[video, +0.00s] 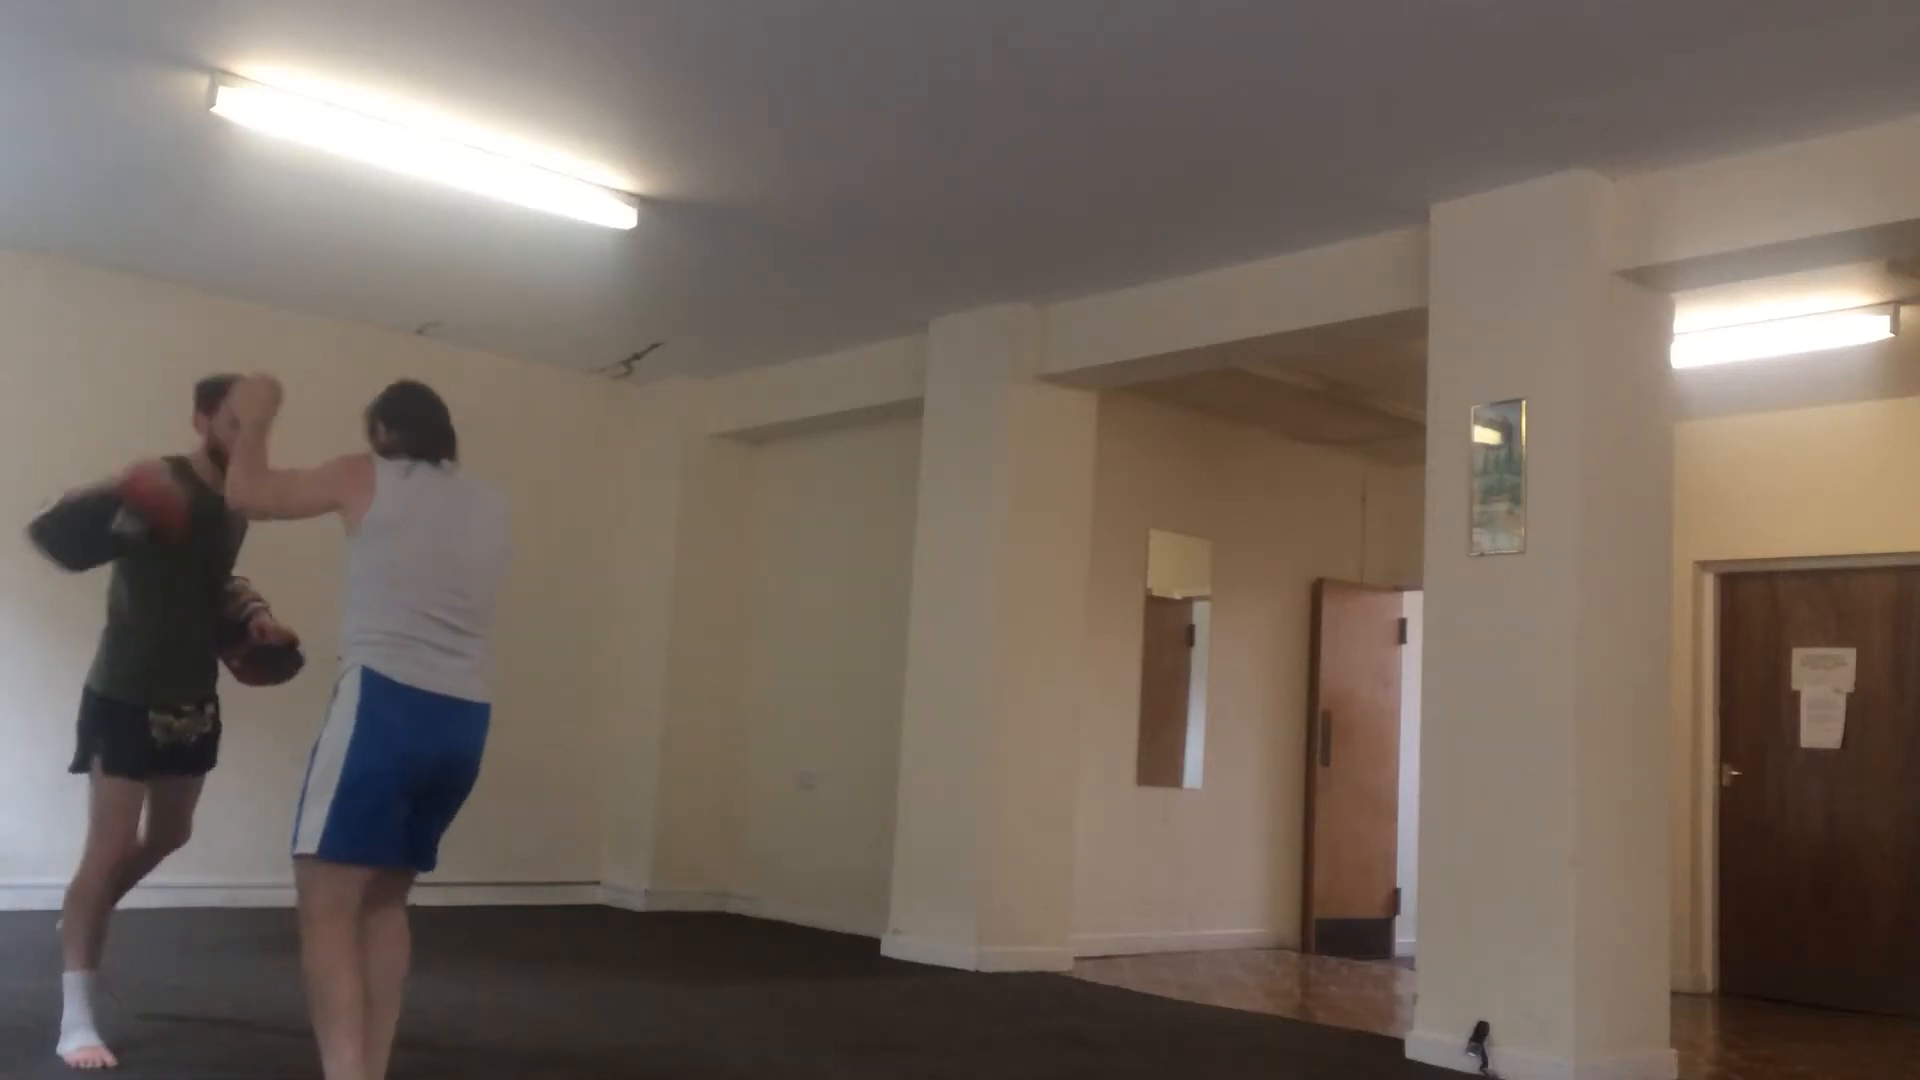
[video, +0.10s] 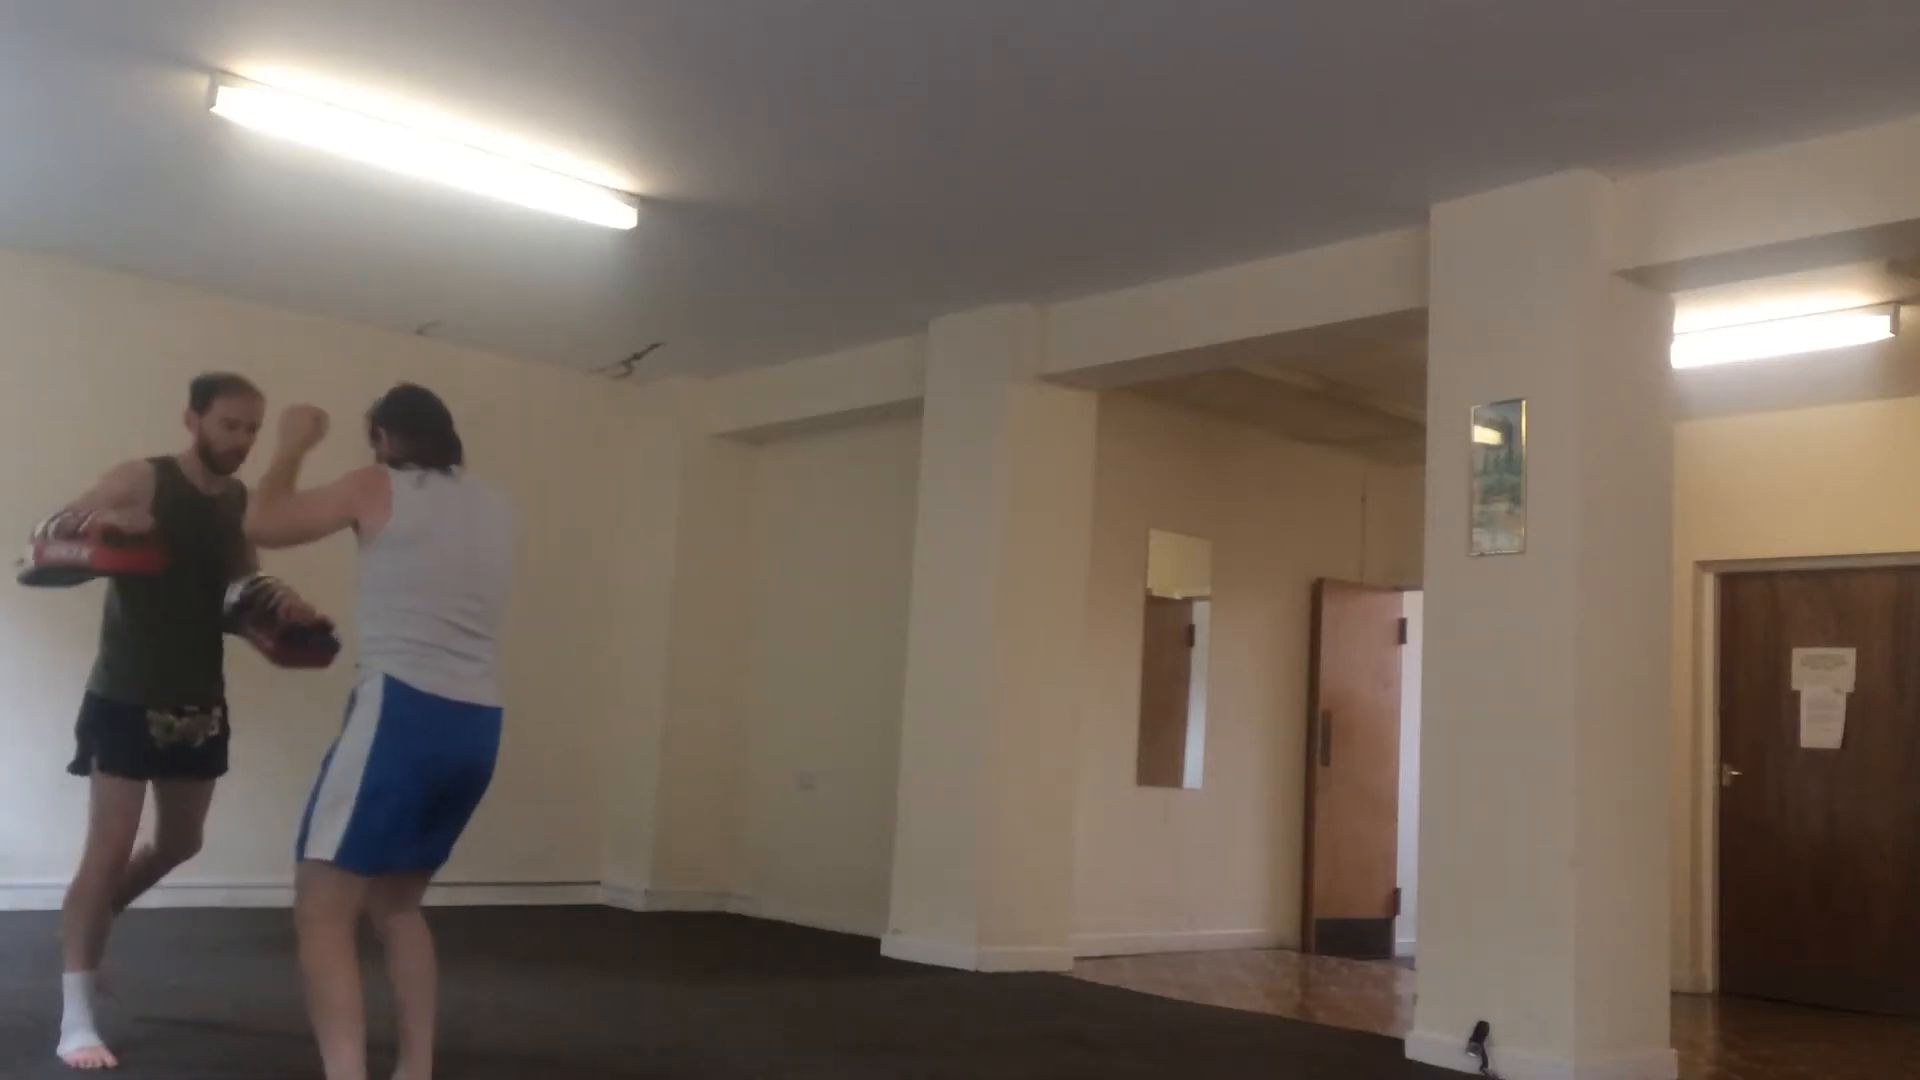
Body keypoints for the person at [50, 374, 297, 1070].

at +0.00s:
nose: (251, 438)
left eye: (258, 427)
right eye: (239, 424)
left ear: (258, 430)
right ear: (203, 421)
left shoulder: (237, 501)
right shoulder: (158, 484)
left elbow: (211, 580)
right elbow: (57, 534)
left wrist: (251, 614)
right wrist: (125, 511)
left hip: (193, 692)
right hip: (126, 690)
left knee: (170, 833)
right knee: (111, 849)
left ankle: (90, 910)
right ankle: (75, 1018)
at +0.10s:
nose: (243, 440)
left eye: (252, 430)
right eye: (232, 426)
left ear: (256, 432)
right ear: (194, 421)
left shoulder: (237, 501)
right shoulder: (141, 480)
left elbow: (238, 594)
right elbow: (47, 542)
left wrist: (281, 610)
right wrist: (106, 523)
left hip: (197, 693)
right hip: (127, 692)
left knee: (180, 842)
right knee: (107, 857)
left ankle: (91, 915)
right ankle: (76, 1019)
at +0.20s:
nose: (232, 451)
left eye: (244, 441)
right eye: (224, 435)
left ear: (250, 441)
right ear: (189, 422)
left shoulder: (240, 502)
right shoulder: (133, 478)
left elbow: (279, 580)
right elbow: (62, 557)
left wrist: (320, 568)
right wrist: (112, 522)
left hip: (202, 694)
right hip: (127, 692)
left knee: (195, 849)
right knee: (106, 857)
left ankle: (126, 951)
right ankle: (75, 1017)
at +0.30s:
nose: (234, 461)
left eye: (246, 452)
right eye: (229, 446)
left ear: (249, 450)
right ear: (199, 427)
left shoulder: (241, 498)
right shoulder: (136, 478)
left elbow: (297, 562)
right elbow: (106, 547)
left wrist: (324, 500)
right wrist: (152, 471)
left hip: (208, 689)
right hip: (130, 688)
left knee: (213, 853)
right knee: (108, 855)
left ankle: (190, 976)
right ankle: (76, 1019)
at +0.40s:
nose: (244, 461)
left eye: (253, 454)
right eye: (238, 449)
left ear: (255, 455)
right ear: (207, 436)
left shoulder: (248, 499)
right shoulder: (149, 482)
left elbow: (313, 542)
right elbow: (156, 485)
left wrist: (328, 481)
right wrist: (181, 455)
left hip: (221, 691)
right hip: (140, 692)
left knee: (230, 853)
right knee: (110, 857)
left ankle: (227, 992)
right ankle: (76, 1020)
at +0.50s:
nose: (251, 466)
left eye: (260, 457)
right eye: (242, 452)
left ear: (269, 462)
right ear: (211, 444)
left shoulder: (262, 512)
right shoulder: (159, 504)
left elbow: (335, 554)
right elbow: (168, 524)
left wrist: (339, 488)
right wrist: (195, 456)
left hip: (235, 703)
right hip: (155, 700)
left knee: (241, 861)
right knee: (120, 857)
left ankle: (234, 1001)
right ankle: (76, 1021)